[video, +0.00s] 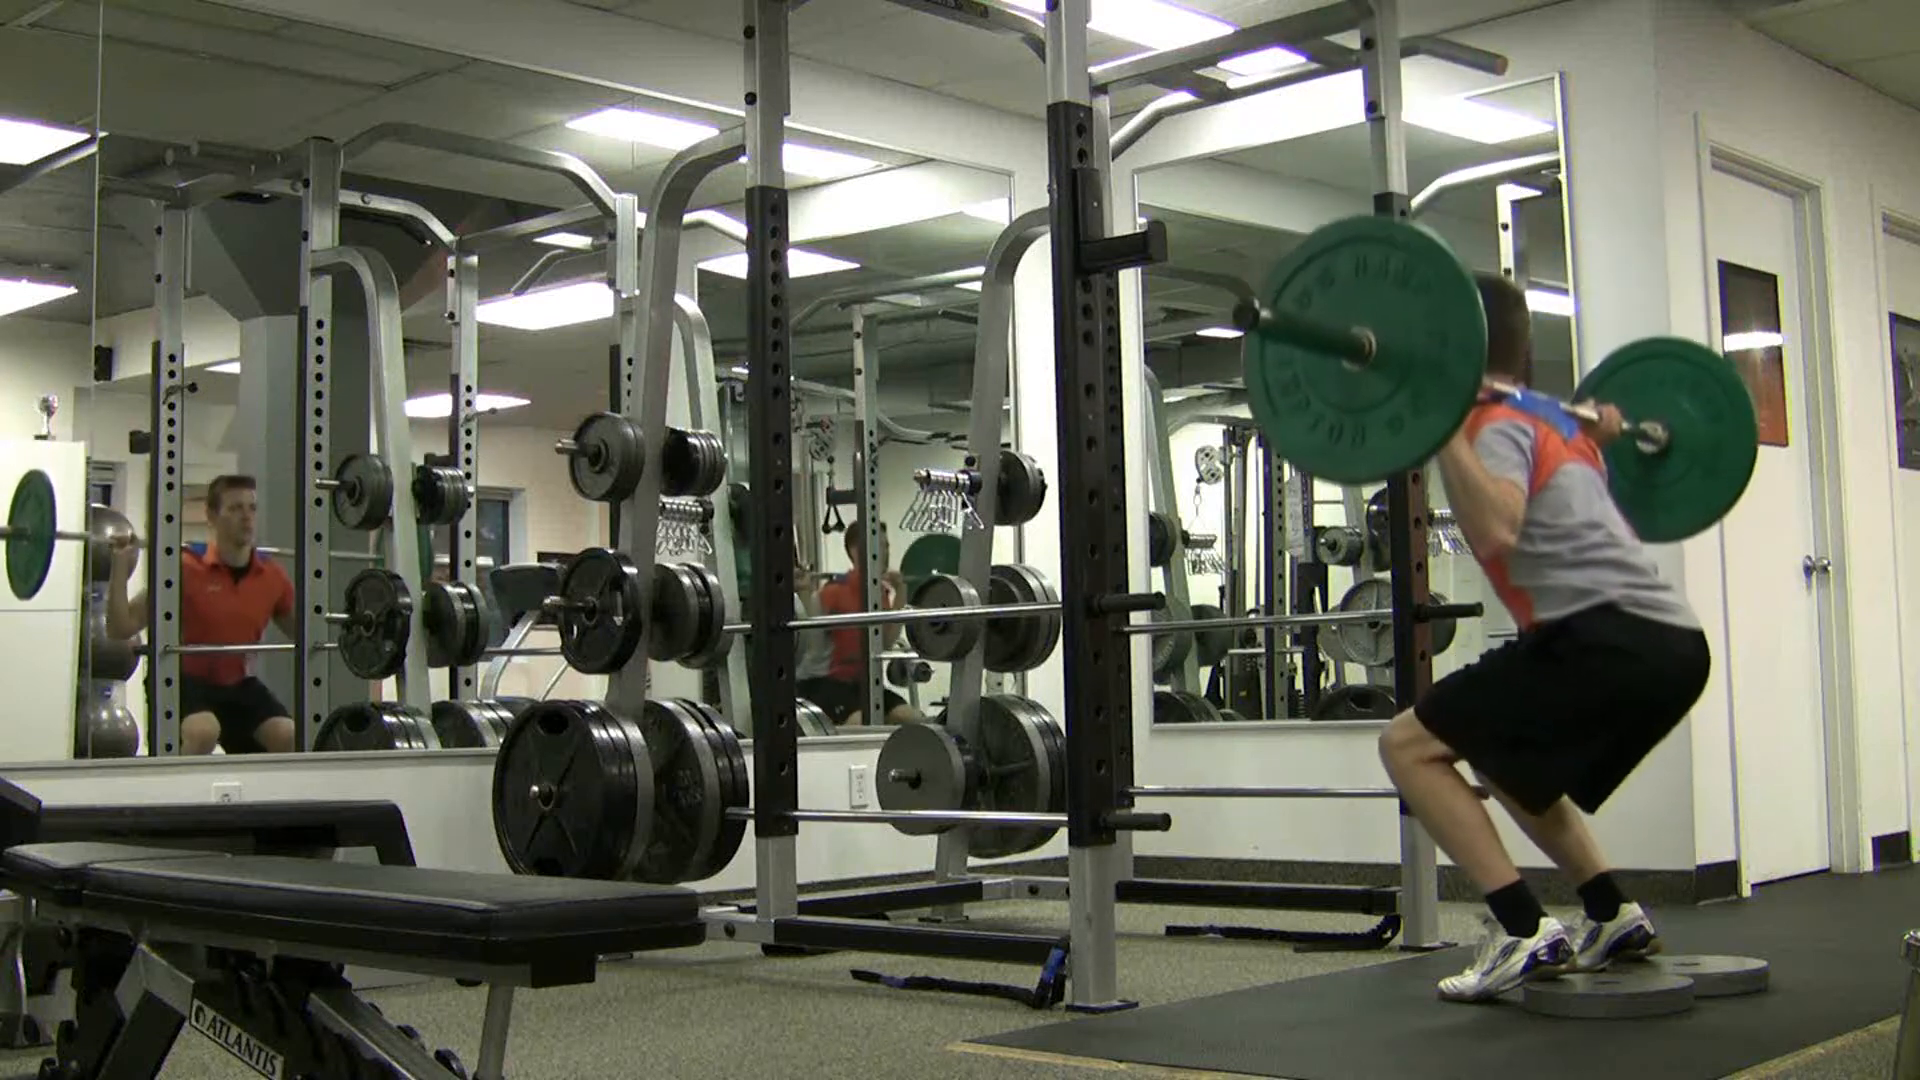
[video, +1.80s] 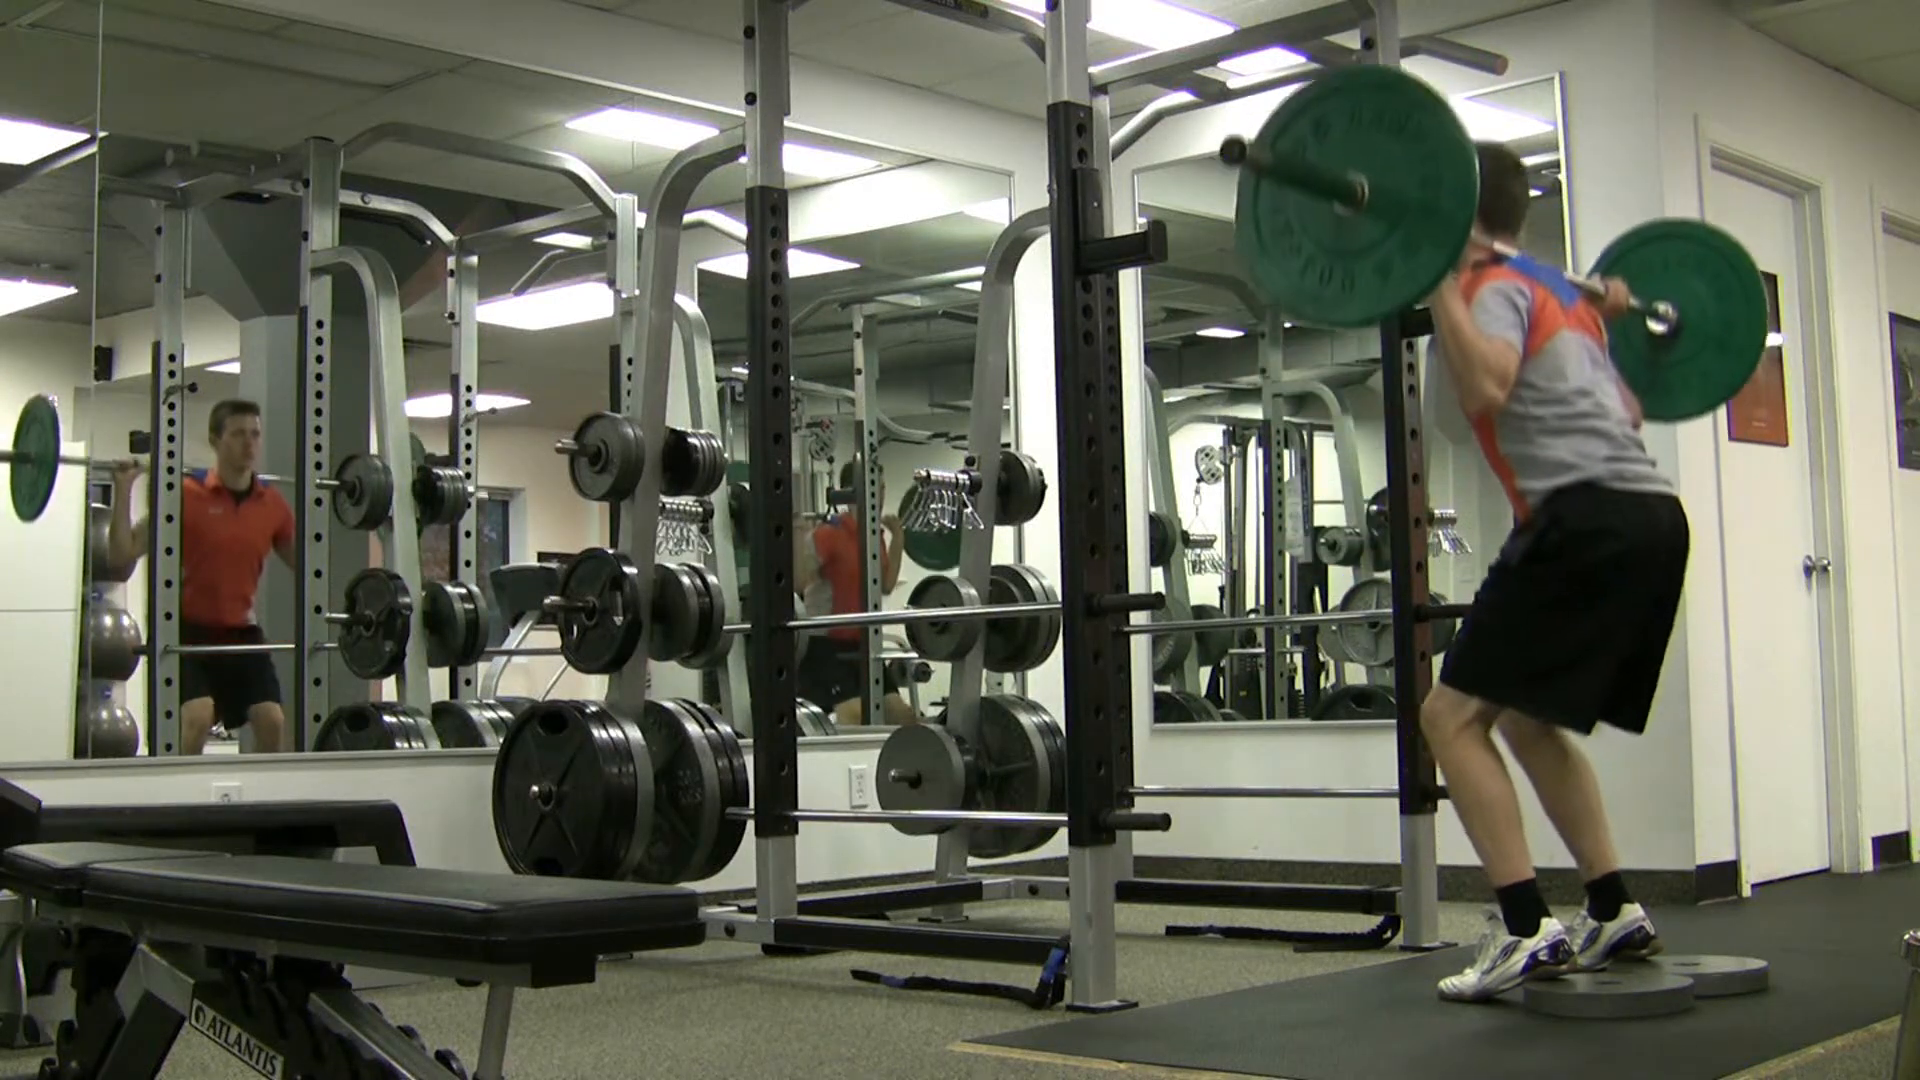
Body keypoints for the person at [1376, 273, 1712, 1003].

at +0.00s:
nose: (1429, 360)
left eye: (1438, 343)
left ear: (1456, 351)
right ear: (1517, 351)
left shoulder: (1499, 421)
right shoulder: (1560, 421)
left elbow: (1495, 532)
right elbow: (1579, 496)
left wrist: (1441, 427)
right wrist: (1593, 435)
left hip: (1600, 636)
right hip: (1675, 647)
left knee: (1408, 745)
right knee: (1511, 769)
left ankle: (1521, 929)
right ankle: (1612, 913)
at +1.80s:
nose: (1439, 229)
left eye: (1444, 213)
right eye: (1447, 214)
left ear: (1462, 216)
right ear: (1521, 219)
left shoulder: (1496, 284)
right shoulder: (1566, 294)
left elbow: (1487, 388)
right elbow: (1627, 408)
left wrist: (1440, 287)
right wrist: (1610, 317)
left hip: (1582, 520)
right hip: (1652, 521)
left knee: (1449, 715)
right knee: (1525, 718)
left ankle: (1522, 930)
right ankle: (1615, 911)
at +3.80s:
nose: (1433, 335)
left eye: (1441, 320)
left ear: (1455, 330)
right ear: (1521, 331)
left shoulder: (1501, 402)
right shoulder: (1566, 404)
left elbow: (1498, 516)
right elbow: (1625, 507)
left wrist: (1441, 413)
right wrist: (1598, 418)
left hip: (1599, 622)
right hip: (1674, 630)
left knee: (1411, 743)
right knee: (1512, 763)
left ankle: (1522, 928)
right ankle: (1614, 913)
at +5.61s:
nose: (1434, 206)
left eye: (1437, 189)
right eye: (1440, 189)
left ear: (1454, 194)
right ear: (1515, 199)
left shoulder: (1490, 264)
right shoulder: (1564, 276)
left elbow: (1482, 370)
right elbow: (1626, 395)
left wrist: (1433, 267)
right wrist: (1601, 295)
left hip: (1576, 505)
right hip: (1643, 506)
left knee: (1458, 710)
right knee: (1533, 714)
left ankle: (1526, 929)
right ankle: (1615, 910)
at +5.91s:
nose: (1430, 164)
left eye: (1434, 146)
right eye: (1437, 147)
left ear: (1457, 148)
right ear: (1511, 152)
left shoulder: (1487, 222)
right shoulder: (1562, 233)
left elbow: (1475, 329)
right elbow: (1619, 361)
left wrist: (1431, 220)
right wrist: (1598, 257)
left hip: (1549, 474)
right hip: (1612, 473)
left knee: (1486, 701)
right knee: (1567, 702)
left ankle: (1526, 928)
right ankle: (1617, 909)